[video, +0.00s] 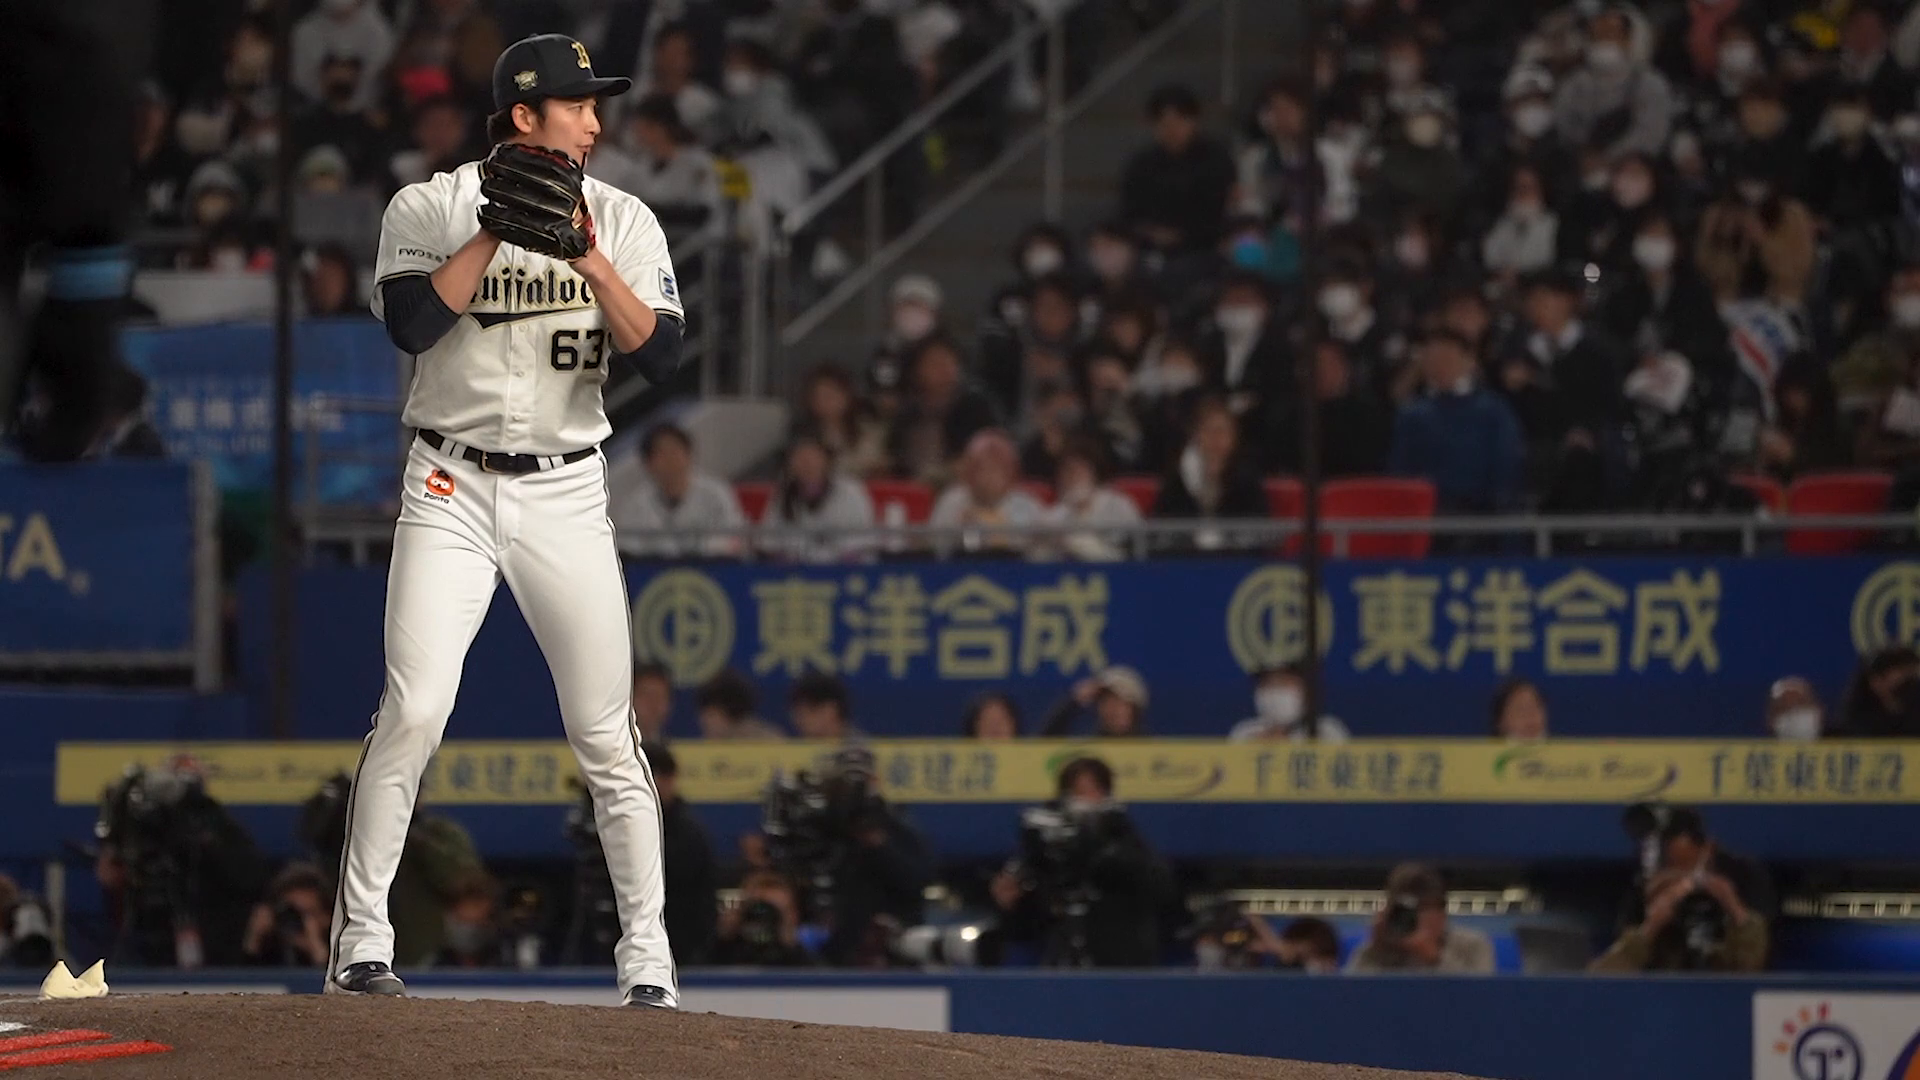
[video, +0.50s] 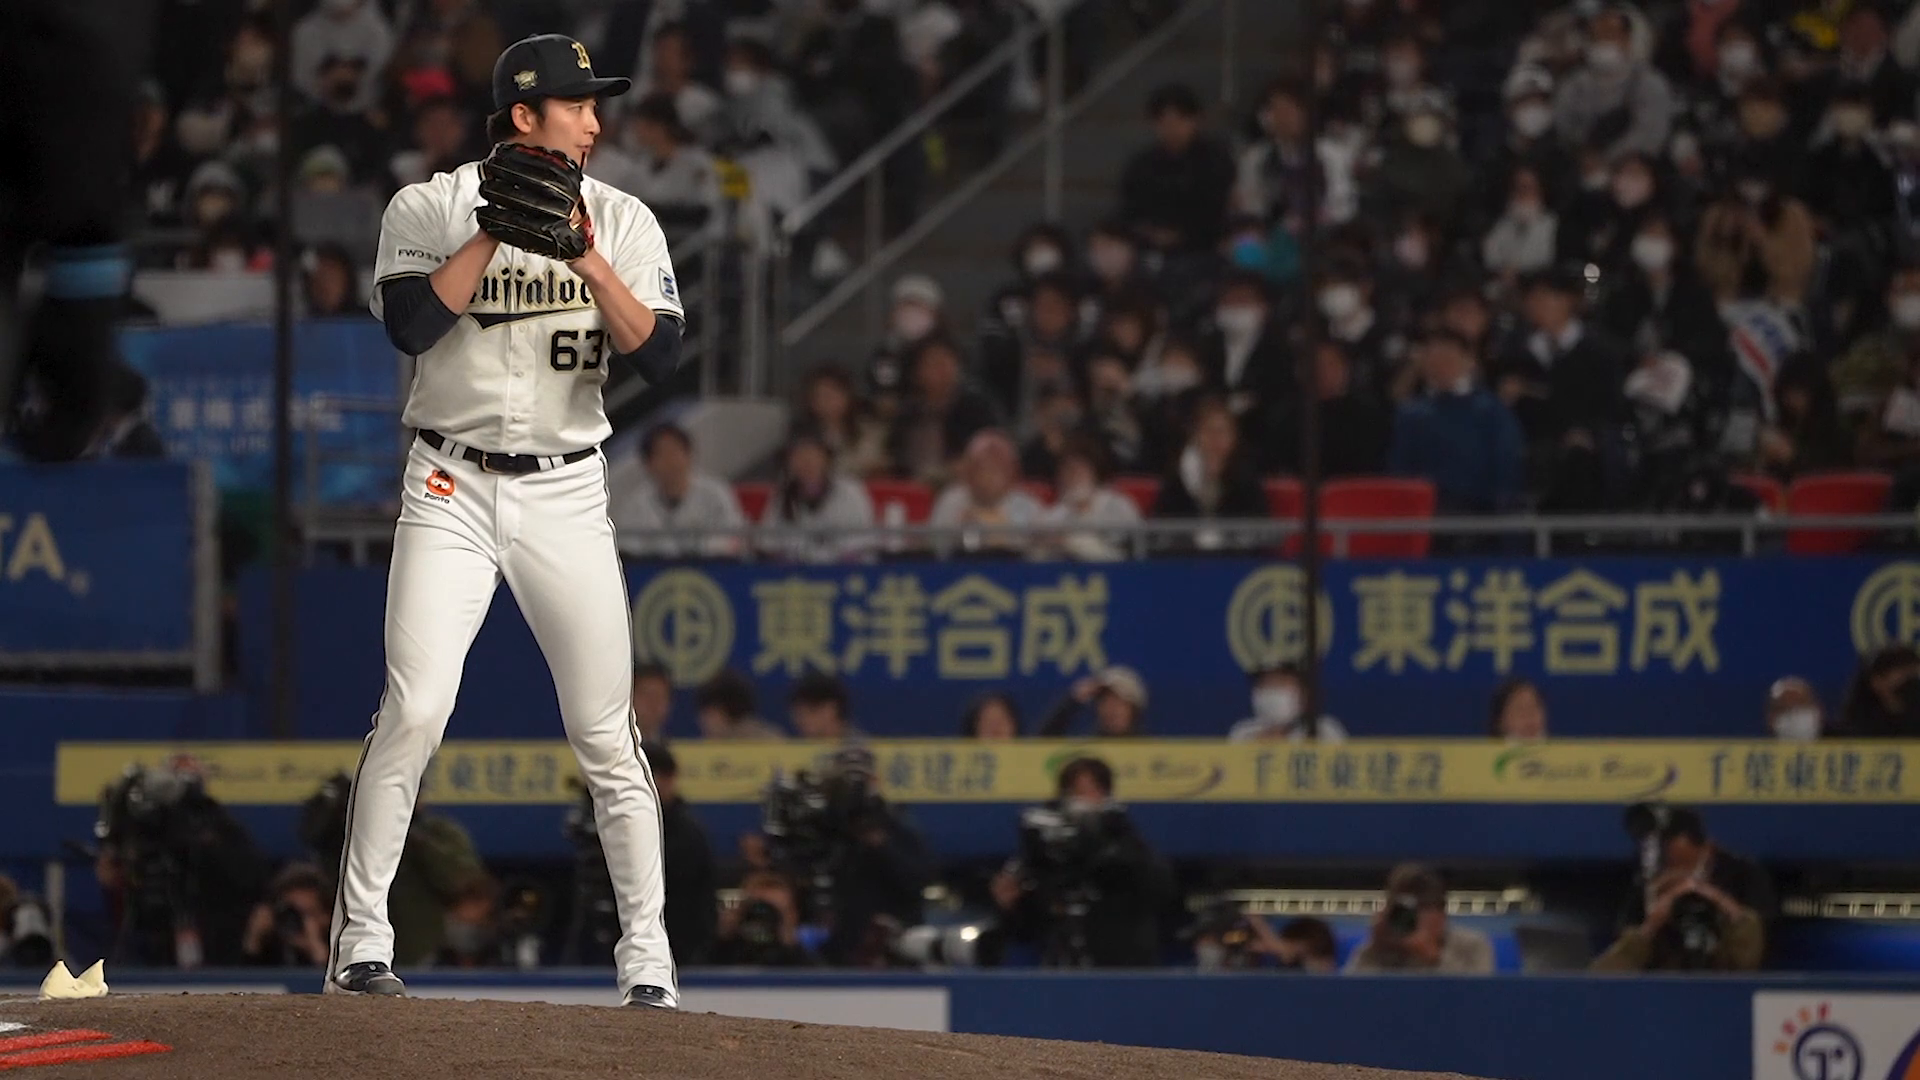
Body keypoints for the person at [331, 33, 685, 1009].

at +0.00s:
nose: (594, 120)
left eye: (596, 104)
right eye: (577, 103)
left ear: (589, 119)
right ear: (522, 113)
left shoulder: (625, 220)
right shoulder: (432, 204)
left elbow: (662, 357)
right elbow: (409, 327)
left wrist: (592, 261)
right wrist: (495, 232)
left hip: (568, 496)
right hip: (449, 487)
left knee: (604, 734)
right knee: (414, 710)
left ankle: (647, 962)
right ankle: (361, 945)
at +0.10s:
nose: (594, 120)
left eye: (596, 104)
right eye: (577, 103)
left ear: (590, 119)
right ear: (522, 112)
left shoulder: (626, 221)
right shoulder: (432, 204)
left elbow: (664, 358)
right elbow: (409, 328)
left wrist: (591, 260)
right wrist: (494, 232)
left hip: (568, 497)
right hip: (449, 487)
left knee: (604, 735)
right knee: (414, 709)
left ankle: (648, 963)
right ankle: (361, 946)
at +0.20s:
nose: (594, 120)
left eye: (596, 104)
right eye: (577, 103)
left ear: (590, 119)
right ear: (523, 111)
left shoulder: (626, 221)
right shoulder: (431, 205)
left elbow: (664, 358)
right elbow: (410, 329)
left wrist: (591, 261)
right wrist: (495, 232)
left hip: (568, 496)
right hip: (449, 487)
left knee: (604, 734)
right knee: (415, 710)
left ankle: (648, 962)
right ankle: (362, 946)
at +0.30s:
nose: (592, 120)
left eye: (595, 105)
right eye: (575, 104)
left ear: (590, 119)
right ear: (519, 113)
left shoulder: (626, 222)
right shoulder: (430, 206)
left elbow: (660, 357)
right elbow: (409, 327)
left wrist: (591, 261)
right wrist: (495, 233)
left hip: (568, 497)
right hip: (448, 489)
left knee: (605, 733)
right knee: (415, 709)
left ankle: (648, 962)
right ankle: (361, 945)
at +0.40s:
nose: (592, 120)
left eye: (595, 104)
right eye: (575, 104)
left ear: (589, 119)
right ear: (519, 113)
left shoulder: (626, 221)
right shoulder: (429, 206)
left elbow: (657, 356)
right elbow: (409, 328)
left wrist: (590, 261)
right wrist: (495, 231)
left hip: (568, 497)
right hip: (449, 489)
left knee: (604, 735)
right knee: (414, 711)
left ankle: (646, 957)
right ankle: (360, 942)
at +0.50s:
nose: (592, 120)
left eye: (595, 105)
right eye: (575, 104)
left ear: (589, 119)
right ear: (520, 112)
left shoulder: (625, 222)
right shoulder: (429, 206)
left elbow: (659, 357)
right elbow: (408, 328)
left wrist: (590, 261)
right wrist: (494, 233)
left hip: (568, 498)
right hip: (448, 489)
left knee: (605, 735)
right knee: (415, 708)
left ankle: (647, 963)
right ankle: (360, 943)